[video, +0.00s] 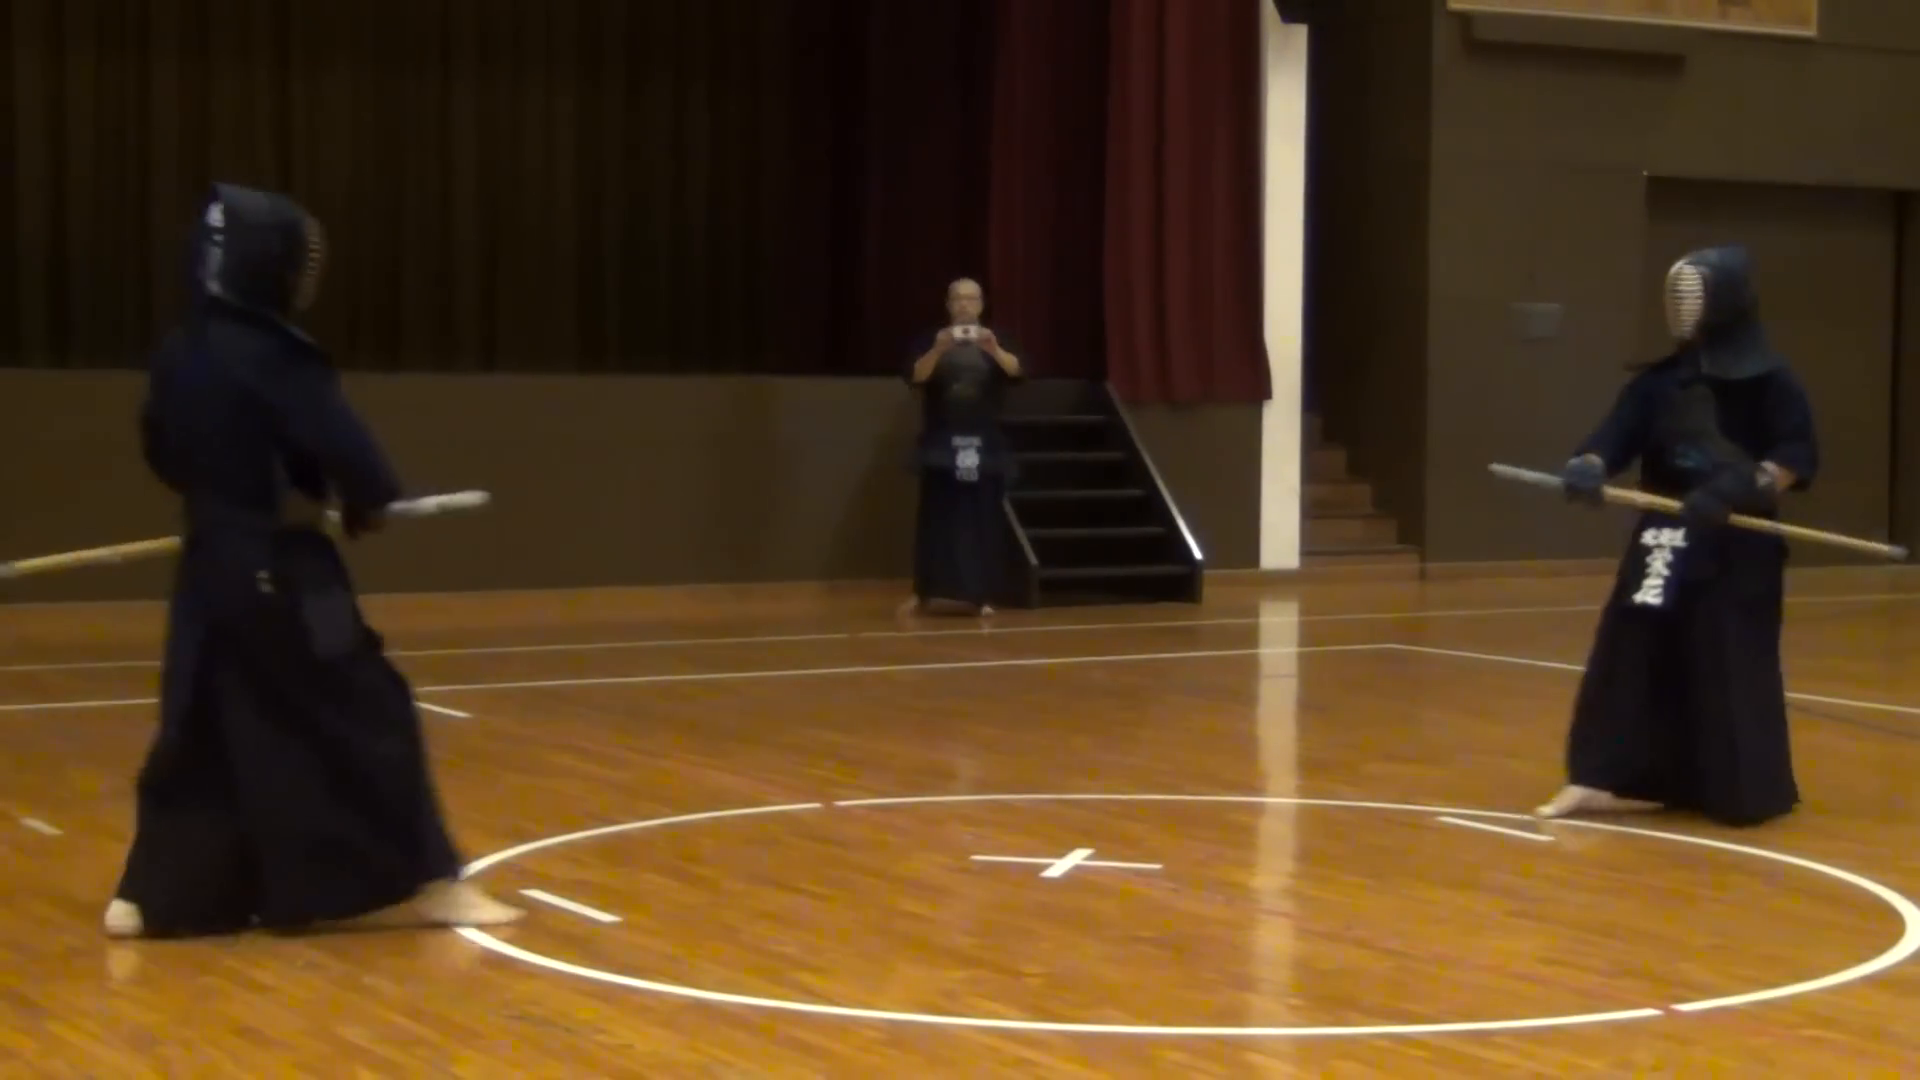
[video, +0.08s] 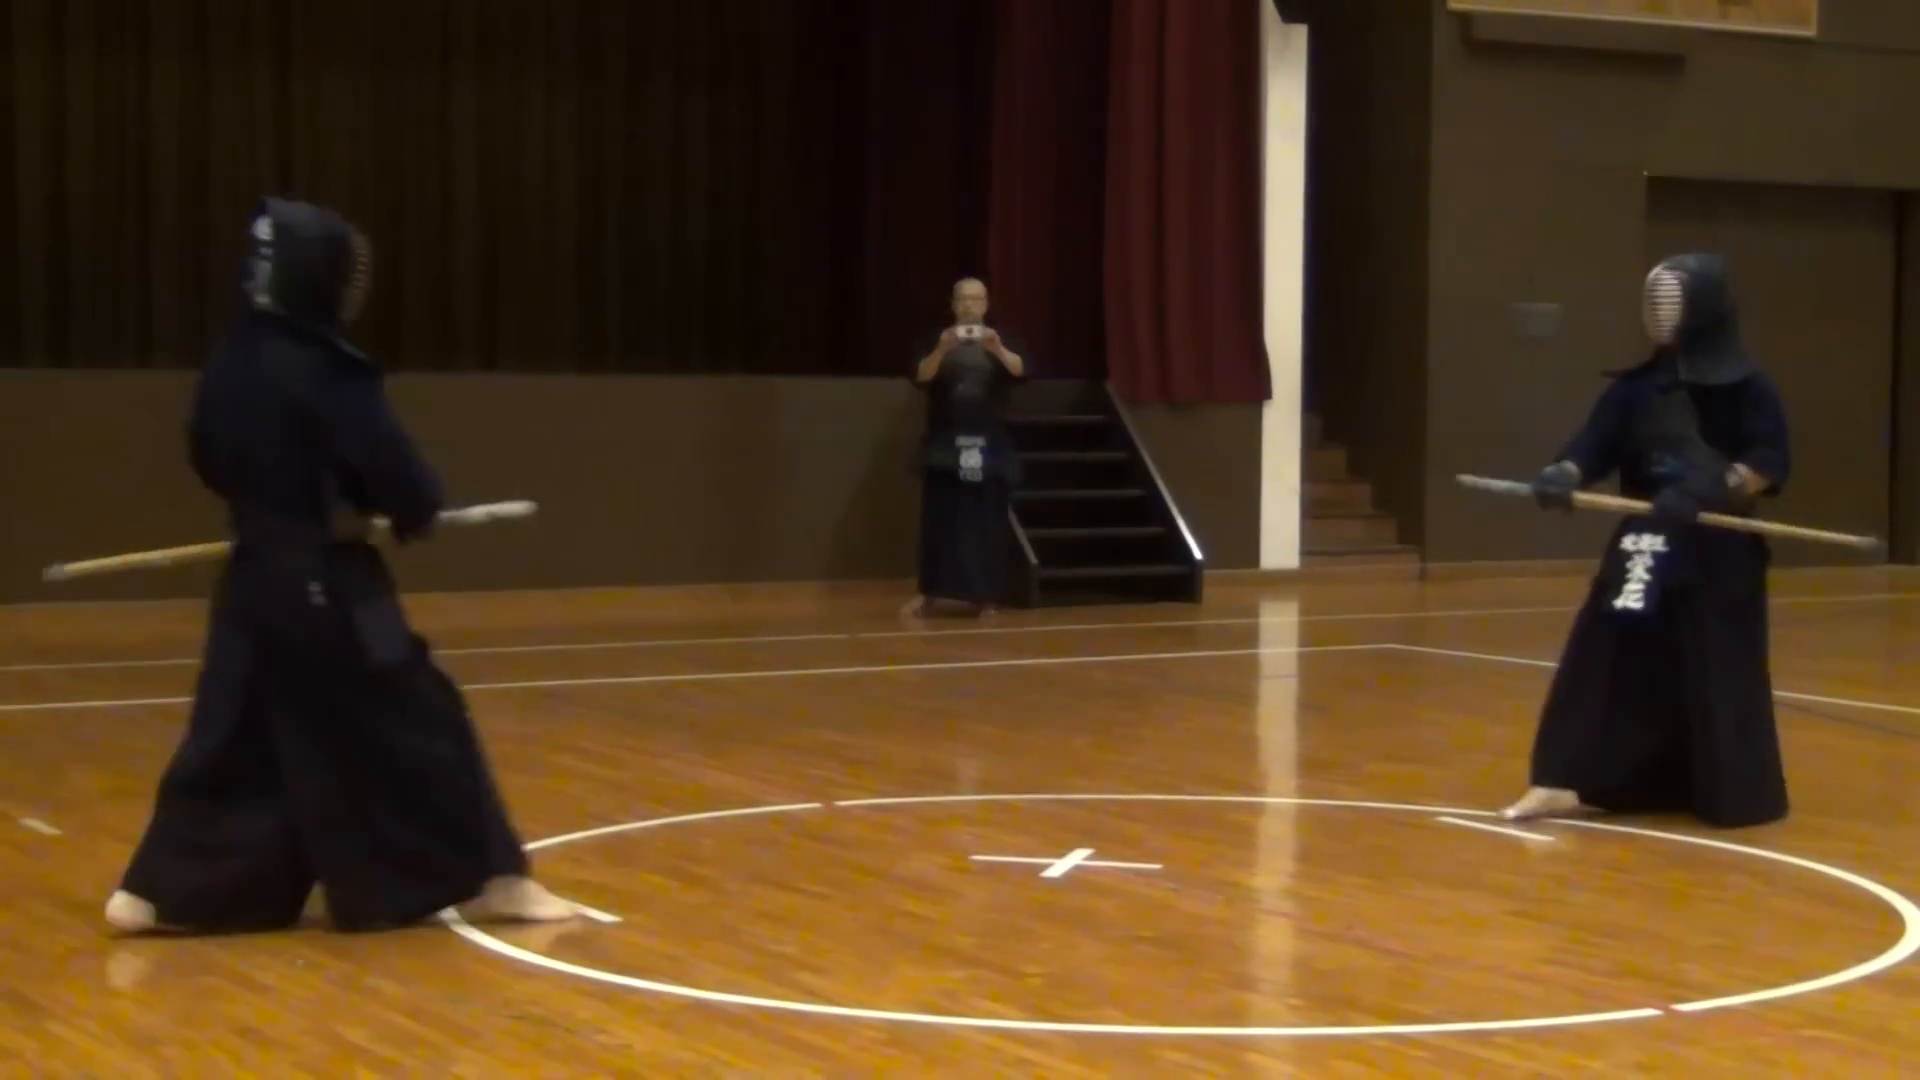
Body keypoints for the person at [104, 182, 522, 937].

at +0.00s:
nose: (315, 278)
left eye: (314, 262)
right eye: (306, 263)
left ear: (226, 266)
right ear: (274, 269)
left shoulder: (185, 350)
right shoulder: (282, 360)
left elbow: (166, 455)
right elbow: (356, 460)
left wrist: (255, 492)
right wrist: (368, 504)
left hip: (210, 567)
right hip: (284, 571)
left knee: (202, 725)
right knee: (375, 706)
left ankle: (143, 892)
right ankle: (437, 879)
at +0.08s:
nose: (361, 287)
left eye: (359, 273)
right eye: (352, 274)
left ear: (273, 278)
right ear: (324, 283)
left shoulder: (237, 357)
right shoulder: (332, 373)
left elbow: (213, 462)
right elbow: (404, 483)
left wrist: (292, 500)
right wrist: (411, 513)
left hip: (254, 579)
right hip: (331, 585)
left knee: (228, 730)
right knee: (428, 717)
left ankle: (147, 887)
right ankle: (497, 877)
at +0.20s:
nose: (442, 297)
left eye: (442, 281)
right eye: (436, 283)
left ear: (357, 282)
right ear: (410, 289)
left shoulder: (315, 357)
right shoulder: (411, 373)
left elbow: (289, 451)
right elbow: (471, 470)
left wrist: (388, 472)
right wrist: (500, 506)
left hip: (325, 575)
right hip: (394, 579)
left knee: (309, 724)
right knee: (496, 700)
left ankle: (190, 856)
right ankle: (518, 884)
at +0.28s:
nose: (488, 280)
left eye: (487, 265)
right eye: (482, 267)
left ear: (404, 268)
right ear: (457, 274)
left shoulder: (351, 349)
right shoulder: (453, 356)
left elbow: (356, 441)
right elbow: (518, 455)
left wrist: (460, 469)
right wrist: (554, 487)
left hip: (354, 563)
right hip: (422, 567)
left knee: (366, 711)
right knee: (502, 701)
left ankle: (249, 832)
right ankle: (519, 886)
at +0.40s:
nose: (532, 263)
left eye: (531, 249)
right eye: (526, 250)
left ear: (444, 245)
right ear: (506, 257)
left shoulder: (396, 317)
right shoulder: (501, 335)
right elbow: (590, 444)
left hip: (387, 537)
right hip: (455, 544)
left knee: (398, 695)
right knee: (511, 699)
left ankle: (345, 855)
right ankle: (519, 884)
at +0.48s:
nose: (548, 262)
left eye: (546, 248)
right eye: (543, 249)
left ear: (466, 245)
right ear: (524, 254)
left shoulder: (413, 321)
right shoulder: (517, 330)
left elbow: (455, 420)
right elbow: (602, 426)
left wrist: (540, 456)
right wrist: (619, 404)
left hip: (404, 538)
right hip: (474, 543)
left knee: (414, 697)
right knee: (519, 698)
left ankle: (414, 868)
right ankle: (536, 880)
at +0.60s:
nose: (565, 258)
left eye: (561, 244)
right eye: (559, 246)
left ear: (483, 242)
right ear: (540, 250)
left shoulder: (432, 320)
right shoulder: (535, 325)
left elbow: (486, 438)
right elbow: (627, 415)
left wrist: (586, 467)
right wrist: (651, 371)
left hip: (420, 535)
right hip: (492, 541)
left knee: (437, 702)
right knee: (519, 706)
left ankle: (456, 878)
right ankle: (534, 888)